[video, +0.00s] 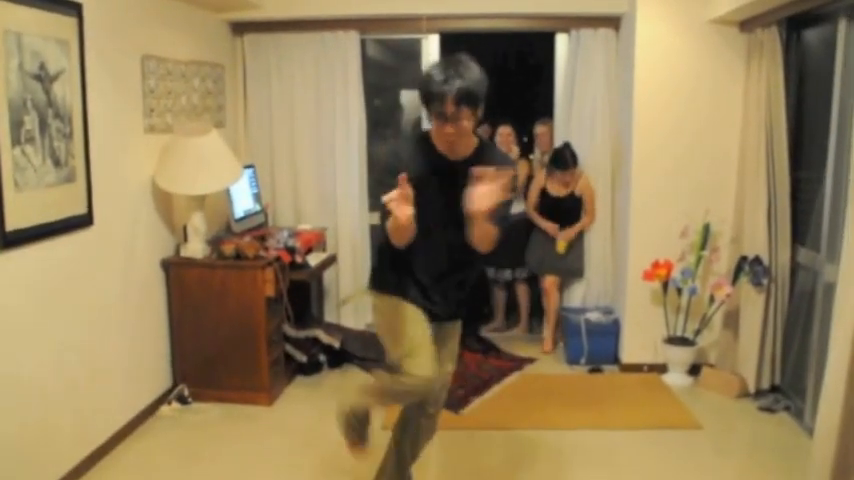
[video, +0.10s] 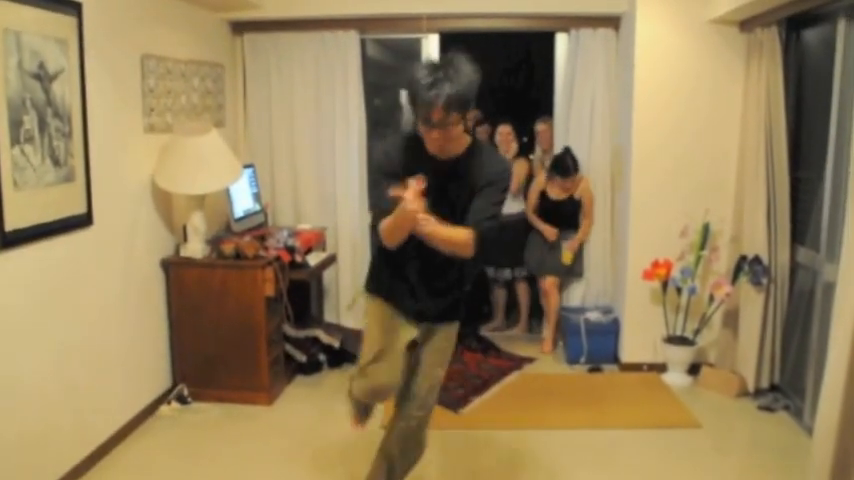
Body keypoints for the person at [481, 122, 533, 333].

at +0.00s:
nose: (505, 140)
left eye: (509, 135)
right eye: (501, 135)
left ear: (516, 139)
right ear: (494, 139)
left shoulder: (522, 164)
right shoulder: (491, 164)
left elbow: (519, 190)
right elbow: (485, 190)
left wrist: (513, 160)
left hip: (517, 218)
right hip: (494, 218)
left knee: (519, 276)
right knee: (497, 275)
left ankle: (523, 322)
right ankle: (498, 318)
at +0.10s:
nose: (504, 139)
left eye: (508, 134)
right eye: (500, 134)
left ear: (515, 137)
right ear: (494, 138)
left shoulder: (521, 162)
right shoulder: (493, 161)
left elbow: (514, 187)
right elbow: (488, 184)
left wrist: (506, 163)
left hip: (517, 217)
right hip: (495, 218)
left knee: (519, 275)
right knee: (497, 275)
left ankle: (523, 321)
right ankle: (498, 318)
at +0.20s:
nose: (504, 139)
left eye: (508, 135)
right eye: (500, 135)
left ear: (515, 139)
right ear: (495, 139)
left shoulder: (522, 164)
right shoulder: (488, 163)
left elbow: (516, 192)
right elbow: (483, 193)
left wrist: (499, 177)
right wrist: (494, 180)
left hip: (515, 219)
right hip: (493, 220)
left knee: (517, 274)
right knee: (496, 275)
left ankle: (522, 321)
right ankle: (498, 318)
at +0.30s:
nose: (504, 141)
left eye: (508, 137)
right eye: (500, 137)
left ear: (515, 140)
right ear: (495, 140)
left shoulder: (522, 165)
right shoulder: (488, 164)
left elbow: (520, 196)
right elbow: (483, 193)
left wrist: (504, 184)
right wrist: (498, 186)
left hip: (514, 218)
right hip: (492, 219)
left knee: (514, 273)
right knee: (494, 273)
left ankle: (522, 321)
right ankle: (498, 317)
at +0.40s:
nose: (503, 141)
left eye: (507, 137)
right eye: (499, 137)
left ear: (515, 140)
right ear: (494, 140)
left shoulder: (521, 165)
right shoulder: (487, 164)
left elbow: (520, 197)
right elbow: (483, 192)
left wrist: (506, 182)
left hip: (514, 218)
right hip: (493, 218)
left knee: (515, 273)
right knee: (494, 273)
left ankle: (522, 320)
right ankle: (498, 316)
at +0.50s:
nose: (502, 140)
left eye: (506, 136)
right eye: (499, 136)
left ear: (514, 139)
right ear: (493, 139)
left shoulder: (520, 163)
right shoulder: (490, 162)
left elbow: (516, 191)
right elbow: (485, 188)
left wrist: (505, 168)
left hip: (514, 215)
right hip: (493, 214)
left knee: (515, 270)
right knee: (495, 268)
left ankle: (521, 318)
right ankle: (497, 314)